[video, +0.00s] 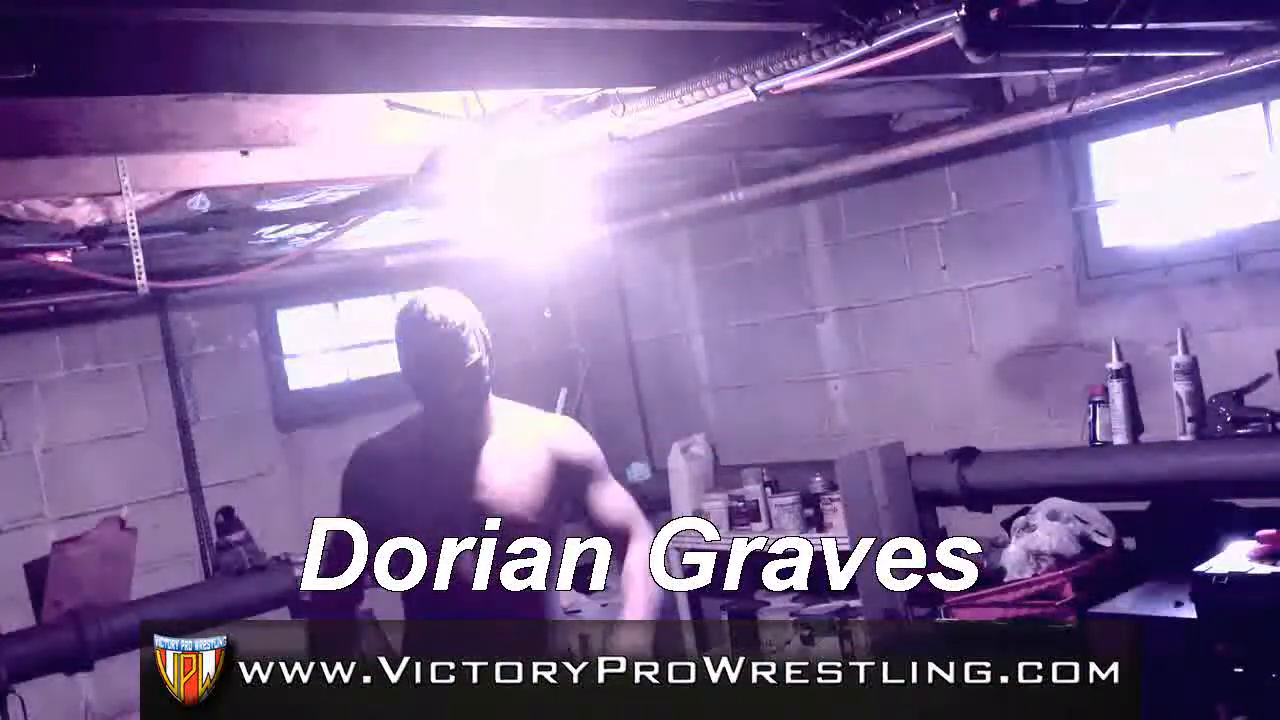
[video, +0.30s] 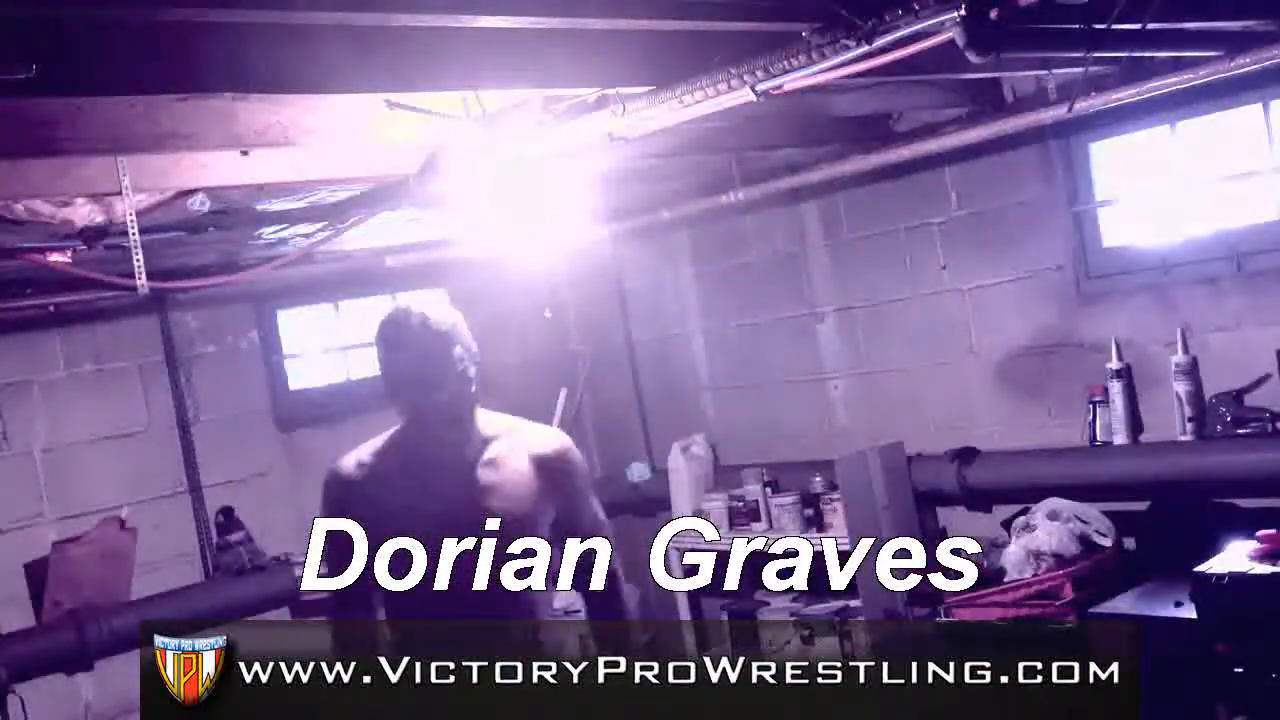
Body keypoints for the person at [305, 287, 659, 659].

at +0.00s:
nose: (447, 377)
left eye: (459, 358)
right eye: (427, 364)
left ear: (484, 355)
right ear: (408, 372)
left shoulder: (558, 441)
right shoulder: (376, 464)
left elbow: (635, 533)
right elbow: (335, 600)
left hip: (536, 671)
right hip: (427, 677)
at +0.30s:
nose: (438, 397)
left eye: (449, 376)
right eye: (420, 382)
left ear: (473, 366)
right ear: (393, 386)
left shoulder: (546, 453)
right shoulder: (355, 478)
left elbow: (601, 580)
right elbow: (351, 621)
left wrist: (619, 678)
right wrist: (371, 700)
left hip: (535, 672)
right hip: (417, 679)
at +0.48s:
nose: (416, 388)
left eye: (420, 372)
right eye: (389, 380)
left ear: (433, 374)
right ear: (349, 394)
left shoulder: (515, 459)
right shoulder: (313, 500)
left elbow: (580, 594)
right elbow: (299, 648)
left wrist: (613, 692)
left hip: (508, 692)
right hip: (390, 700)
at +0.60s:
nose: (373, 389)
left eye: (381, 361)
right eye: (348, 375)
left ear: (404, 366)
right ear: (318, 394)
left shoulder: (491, 460)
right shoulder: (279, 508)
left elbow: (566, 597)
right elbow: (252, 662)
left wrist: (612, 699)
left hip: (499, 699)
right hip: (371, 707)